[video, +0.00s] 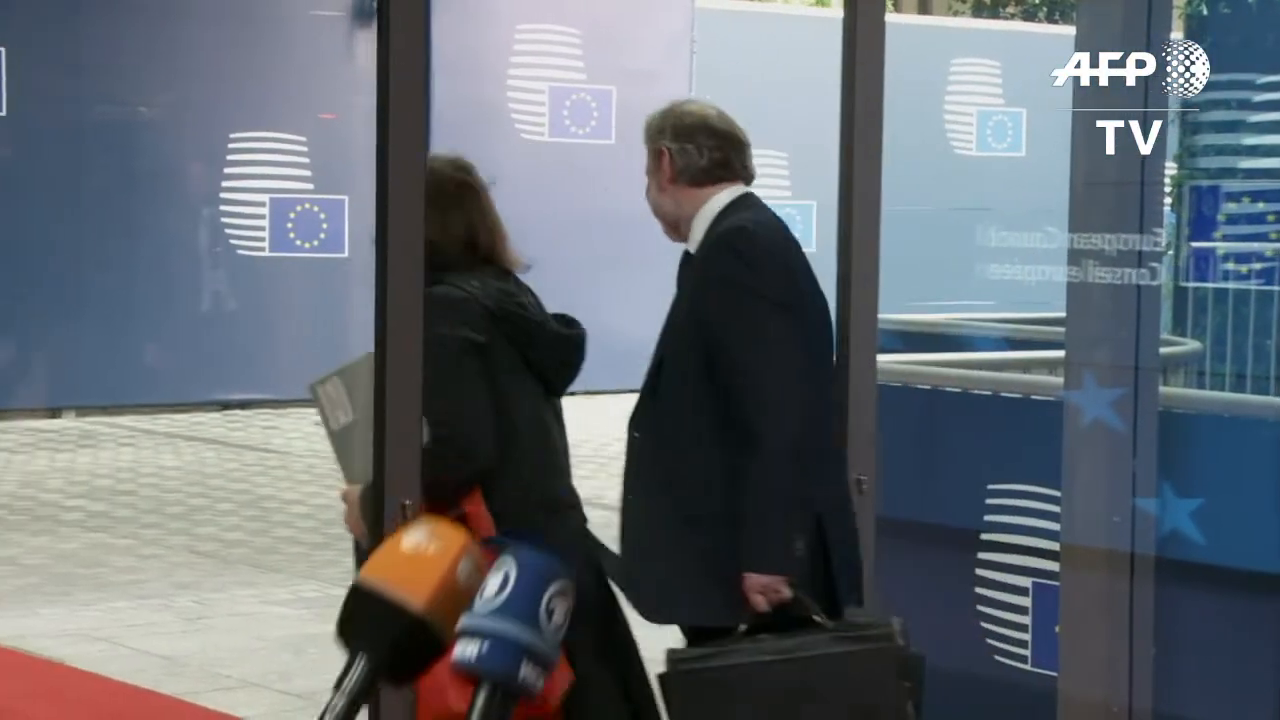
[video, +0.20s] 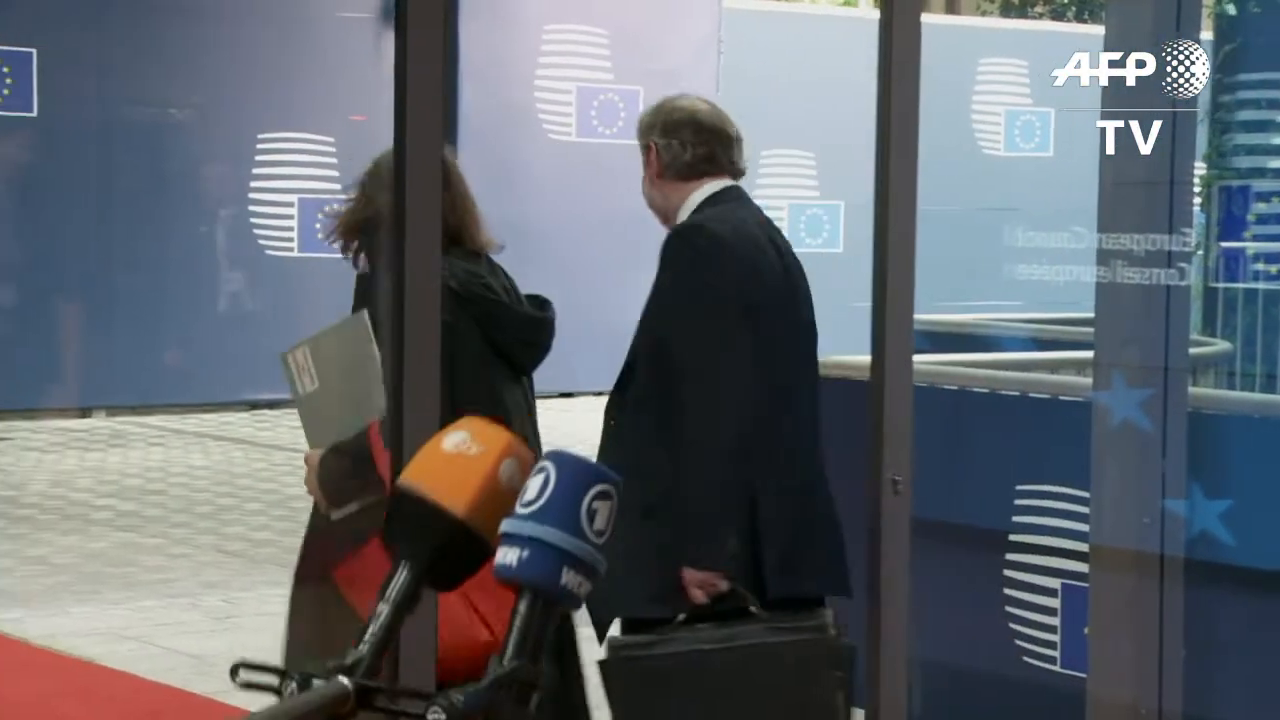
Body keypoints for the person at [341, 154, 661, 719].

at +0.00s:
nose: (390, 236)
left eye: (398, 221)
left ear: (416, 229)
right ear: (480, 222)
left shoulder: (441, 310)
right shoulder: (507, 298)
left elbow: (463, 447)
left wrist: (380, 507)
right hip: (548, 551)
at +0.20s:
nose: (360, 236)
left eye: (367, 219)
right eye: (362, 222)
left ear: (389, 216)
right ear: (452, 209)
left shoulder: (406, 284)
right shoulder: (488, 275)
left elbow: (421, 409)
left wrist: (341, 465)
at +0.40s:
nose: (340, 216)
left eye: (349, 201)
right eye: (345, 201)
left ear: (374, 207)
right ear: (435, 206)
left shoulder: (376, 282)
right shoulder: (471, 276)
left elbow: (381, 407)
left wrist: (305, 454)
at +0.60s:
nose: (307, 227)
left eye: (314, 215)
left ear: (323, 221)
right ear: (389, 220)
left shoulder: (323, 292)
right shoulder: (417, 288)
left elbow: (310, 410)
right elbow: (426, 400)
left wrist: (263, 462)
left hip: (337, 496)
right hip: (410, 491)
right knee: (398, 646)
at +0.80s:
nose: (275, 215)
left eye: (282, 203)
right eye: (280, 203)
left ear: (291, 205)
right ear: (352, 204)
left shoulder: (279, 272)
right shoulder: (393, 280)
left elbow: (247, 382)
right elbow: (405, 404)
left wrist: (203, 437)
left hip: (298, 502)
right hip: (383, 501)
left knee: (276, 673)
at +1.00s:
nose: (243, 221)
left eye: (250, 210)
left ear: (255, 214)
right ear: (334, 216)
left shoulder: (234, 287)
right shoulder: (368, 304)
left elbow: (179, 417)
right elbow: (396, 443)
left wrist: (178, 449)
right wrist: (403, 550)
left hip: (244, 521)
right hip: (336, 527)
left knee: (253, 690)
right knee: (278, 688)